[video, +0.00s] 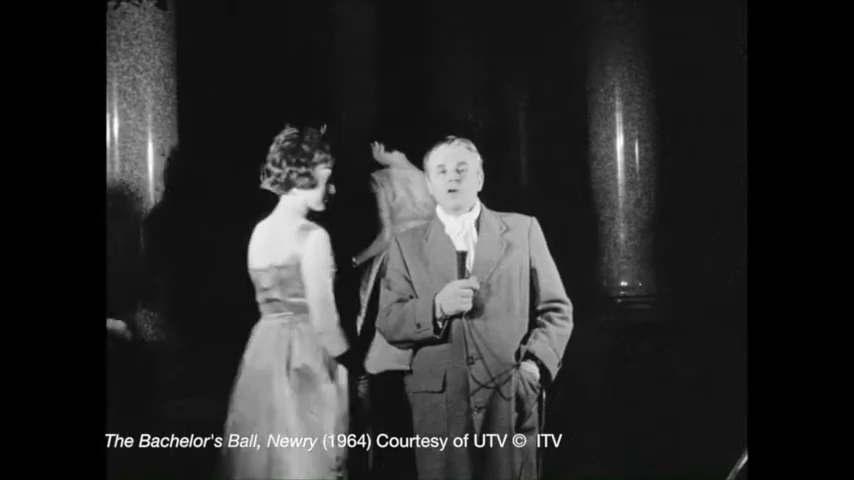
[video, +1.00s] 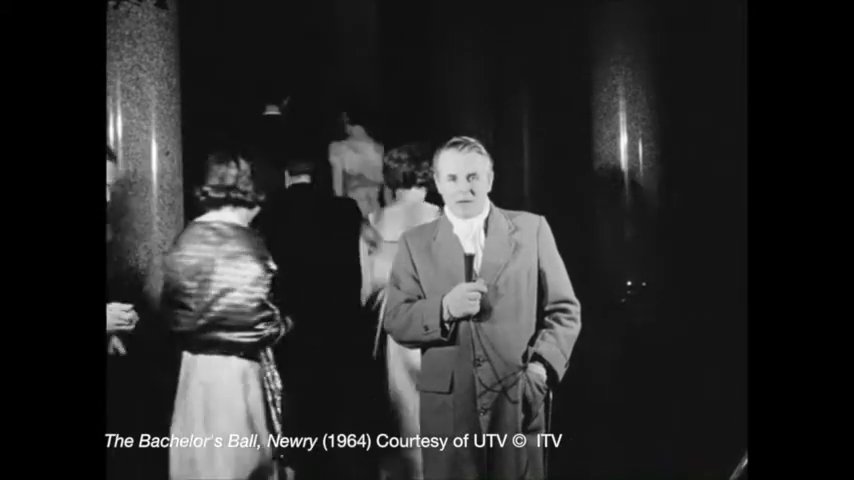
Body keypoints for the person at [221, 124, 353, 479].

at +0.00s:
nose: (330, 189)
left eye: (330, 180)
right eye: (325, 181)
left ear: (292, 180)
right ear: (301, 181)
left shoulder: (260, 233)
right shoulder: (313, 237)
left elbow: (267, 305)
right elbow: (323, 319)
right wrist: (347, 359)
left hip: (265, 346)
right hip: (305, 351)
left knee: (265, 448)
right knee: (308, 454)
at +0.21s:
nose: (364, 187)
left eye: (365, 178)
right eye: (362, 178)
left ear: (323, 173)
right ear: (345, 175)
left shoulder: (291, 225)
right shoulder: (354, 225)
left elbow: (296, 295)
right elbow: (367, 297)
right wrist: (385, 347)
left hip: (299, 331)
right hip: (343, 333)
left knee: (296, 429)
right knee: (342, 433)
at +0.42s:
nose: (397, 191)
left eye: (396, 184)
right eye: (396, 184)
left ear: (351, 180)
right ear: (391, 183)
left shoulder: (321, 229)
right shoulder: (395, 233)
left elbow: (319, 293)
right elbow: (407, 293)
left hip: (327, 332)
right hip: (374, 334)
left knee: (326, 423)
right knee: (377, 427)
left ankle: (326, 475)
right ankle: (375, 475)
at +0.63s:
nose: (419, 195)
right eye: (417, 189)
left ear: (376, 188)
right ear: (413, 188)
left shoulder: (353, 230)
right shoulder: (417, 231)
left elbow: (347, 293)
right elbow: (422, 295)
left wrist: (354, 328)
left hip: (357, 334)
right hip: (398, 335)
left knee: (355, 419)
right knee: (399, 423)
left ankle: (355, 473)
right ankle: (399, 474)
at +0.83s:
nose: (434, 181)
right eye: (432, 176)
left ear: (390, 180)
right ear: (427, 179)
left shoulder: (371, 223)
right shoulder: (437, 224)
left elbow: (360, 281)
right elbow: (447, 278)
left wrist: (362, 314)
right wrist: (445, 310)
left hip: (380, 316)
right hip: (424, 314)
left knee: (382, 403)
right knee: (424, 403)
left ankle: (380, 468)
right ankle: (424, 468)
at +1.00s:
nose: (425, 186)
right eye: (425, 178)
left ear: (390, 179)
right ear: (426, 178)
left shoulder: (377, 220)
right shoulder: (438, 219)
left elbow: (370, 282)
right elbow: (450, 273)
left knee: (403, 407)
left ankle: (406, 466)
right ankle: (439, 468)